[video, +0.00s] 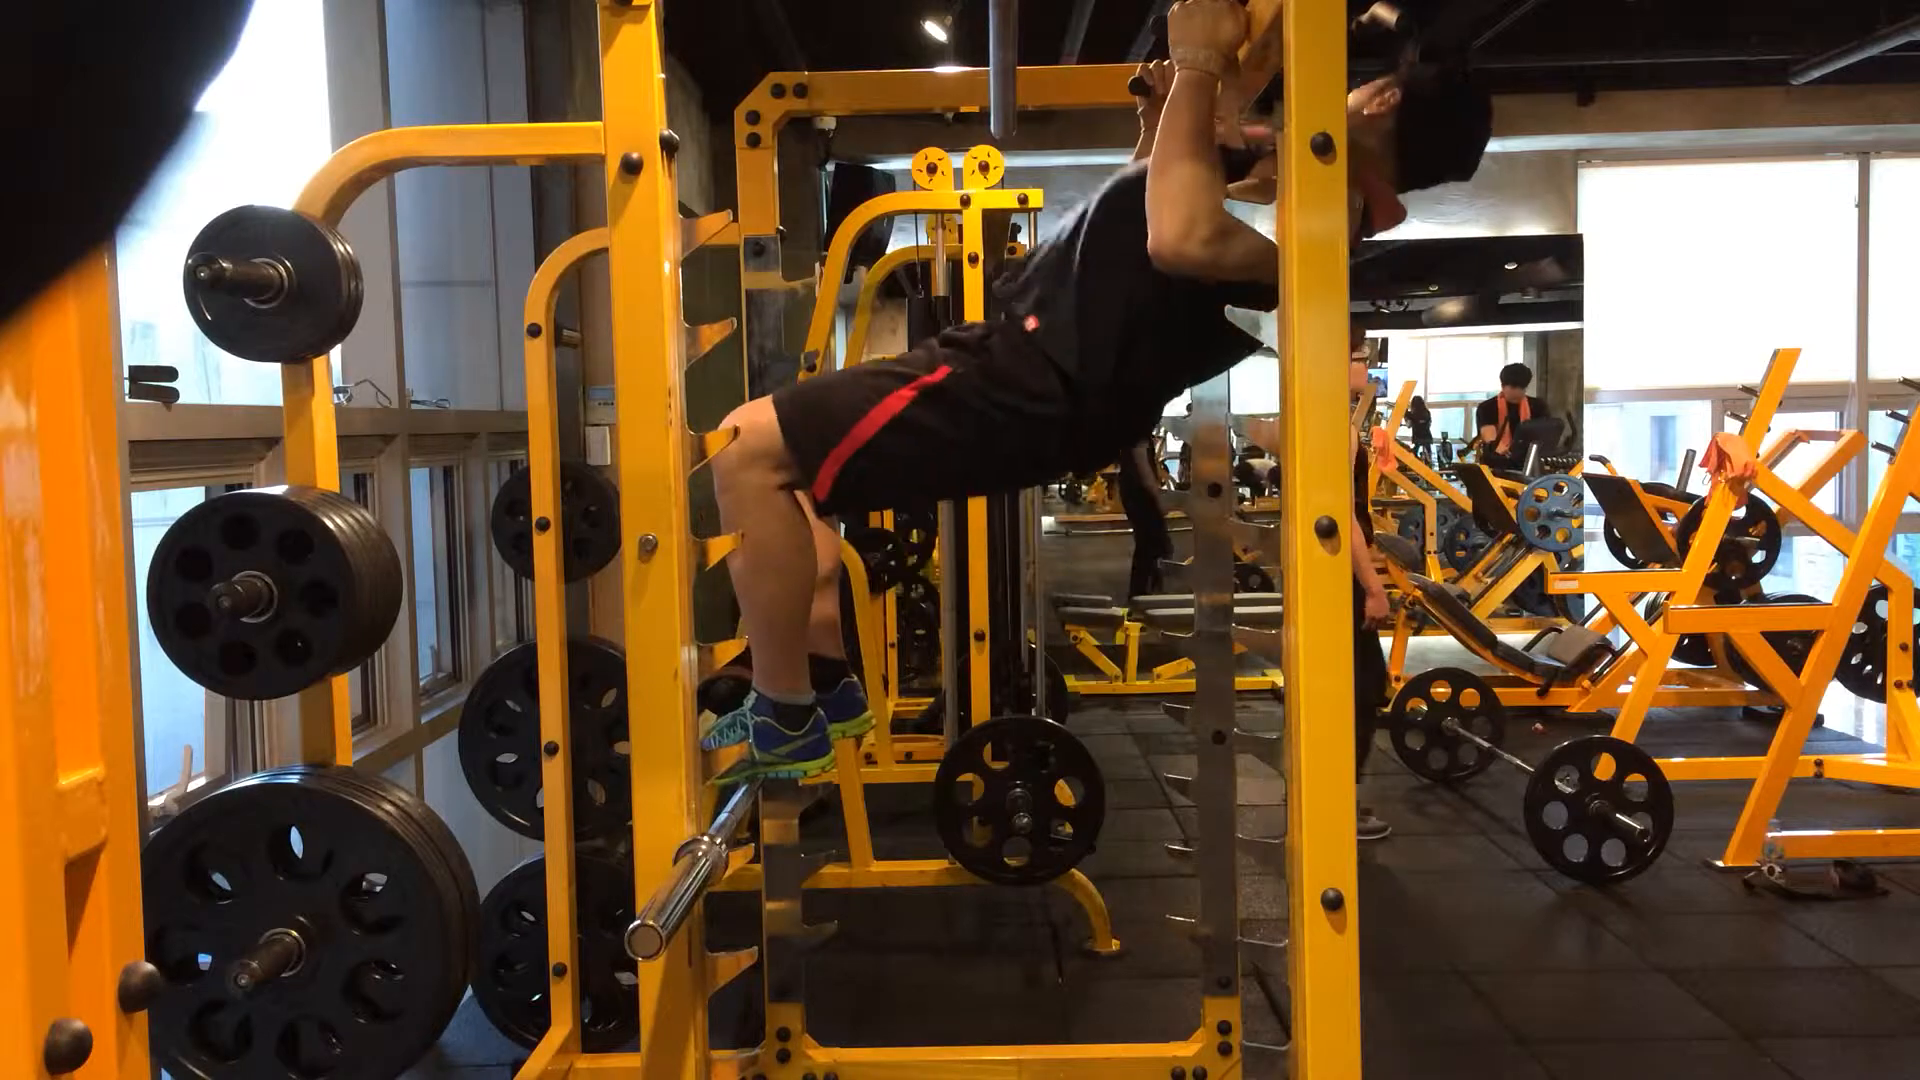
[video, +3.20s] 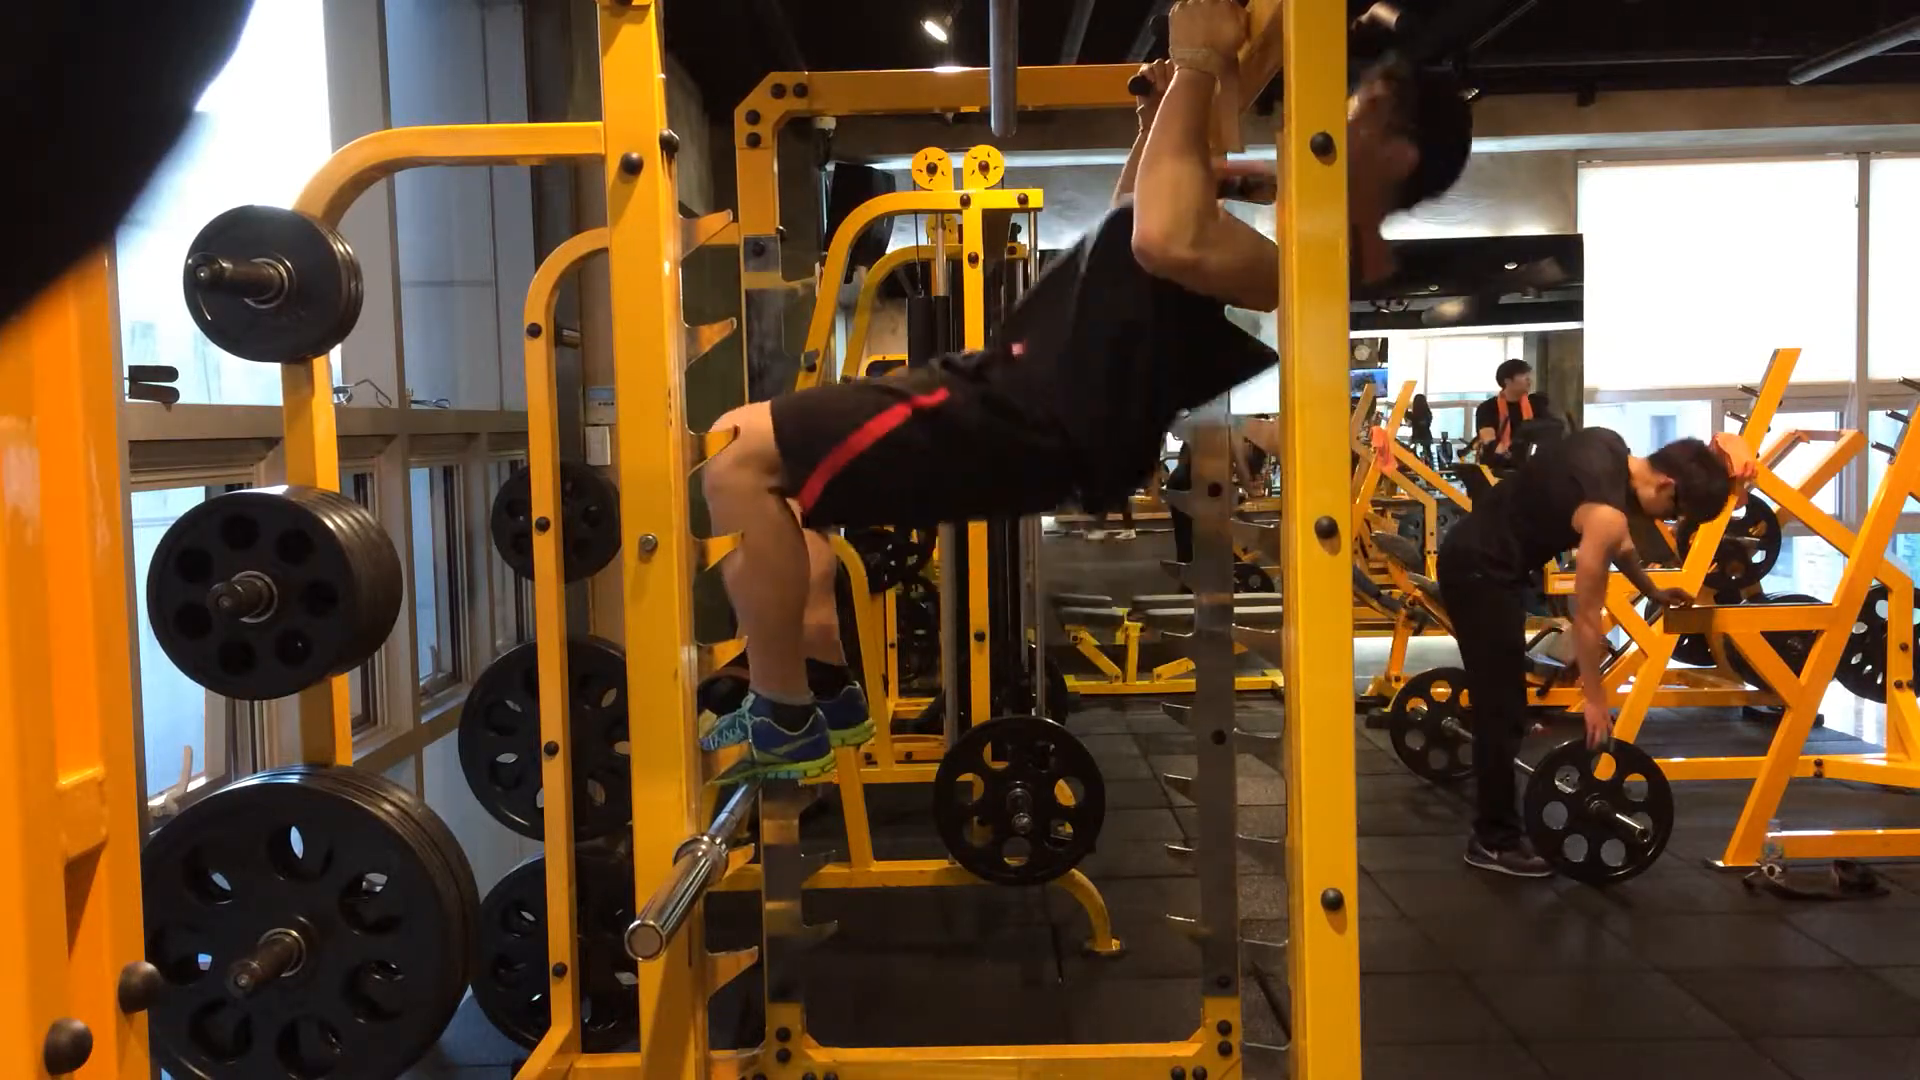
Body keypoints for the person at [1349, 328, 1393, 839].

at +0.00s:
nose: (1370, 370)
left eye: (1367, 361)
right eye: (1361, 361)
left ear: (1347, 371)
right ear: (1338, 369)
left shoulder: (1338, 427)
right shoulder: (1332, 430)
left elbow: (1346, 512)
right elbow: (1340, 512)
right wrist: (1372, 584)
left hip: (1341, 593)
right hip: (1337, 596)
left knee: (1365, 690)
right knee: (1367, 689)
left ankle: (1340, 803)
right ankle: (1342, 806)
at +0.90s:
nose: (1432, 370)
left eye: (1432, 361)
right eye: (1424, 360)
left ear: (1402, 365)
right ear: (1395, 363)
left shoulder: (1402, 420)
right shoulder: (1377, 425)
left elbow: (1412, 510)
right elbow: (1383, 516)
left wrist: (1443, 566)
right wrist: (1423, 582)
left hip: (1404, 571)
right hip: (1388, 572)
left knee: (1405, 681)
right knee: (1413, 683)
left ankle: (1400, 796)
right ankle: (1391, 811)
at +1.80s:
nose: (1490, 404)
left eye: (1496, 396)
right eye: (1493, 393)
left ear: (1471, 377)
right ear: (1472, 376)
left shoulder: (1445, 424)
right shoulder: (1430, 429)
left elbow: (1453, 518)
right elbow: (1429, 528)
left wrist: (1482, 571)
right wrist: (1464, 602)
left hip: (1450, 584)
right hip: (1429, 587)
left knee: (1477, 696)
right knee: (1450, 701)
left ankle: (1458, 806)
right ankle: (1434, 827)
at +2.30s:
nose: (1561, 410)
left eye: (1567, 401)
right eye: (1564, 398)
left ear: (1536, 376)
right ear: (1545, 379)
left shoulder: (1489, 418)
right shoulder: (1493, 428)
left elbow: (1484, 524)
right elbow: (1490, 528)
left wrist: (1512, 590)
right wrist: (1525, 599)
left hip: (1475, 582)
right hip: (1473, 585)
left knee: (1505, 704)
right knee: (1488, 703)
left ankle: (1515, 827)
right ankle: (1437, 827)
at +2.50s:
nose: (1583, 415)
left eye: (1589, 407)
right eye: (1588, 405)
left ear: (1566, 381)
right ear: (1572, 385)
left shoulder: (1513, 420)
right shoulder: (1514, 434)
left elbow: (1517, 524)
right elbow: (1512, 538)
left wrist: (1563, 569)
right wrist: (1554, 608)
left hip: (1493, 578)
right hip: (1486, 583)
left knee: (1522, 702)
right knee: (1516, 703)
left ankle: (1498, 821)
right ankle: (1472, 820)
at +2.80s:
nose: (1626, 452)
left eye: (1634, 446)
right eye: (1632, 441)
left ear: (1615, 415)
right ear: (1617, 419)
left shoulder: (1565, 443)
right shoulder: (1552, 455)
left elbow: (1586, 520)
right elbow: (1539, 560)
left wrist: (1631, 568)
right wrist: (1567, 632)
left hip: (1495, 574)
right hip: (1478, 577)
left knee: (1509, 701)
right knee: (1503, 704)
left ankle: (1504, 824)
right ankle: (1494, 838)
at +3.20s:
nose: (1662, 517)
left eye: (1671, 515)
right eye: (1670, 511)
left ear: (1661, 469)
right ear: (1664, 484)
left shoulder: (1606, 446)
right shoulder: (1606, 516)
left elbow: (1616, 539)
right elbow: (1585, 618)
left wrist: (1652, 590)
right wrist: (1594, 697)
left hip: (1471, 551)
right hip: (1483, 570)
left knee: (1501, 700)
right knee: (1501, 705)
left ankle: (1495, 824)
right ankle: (1493, 838)